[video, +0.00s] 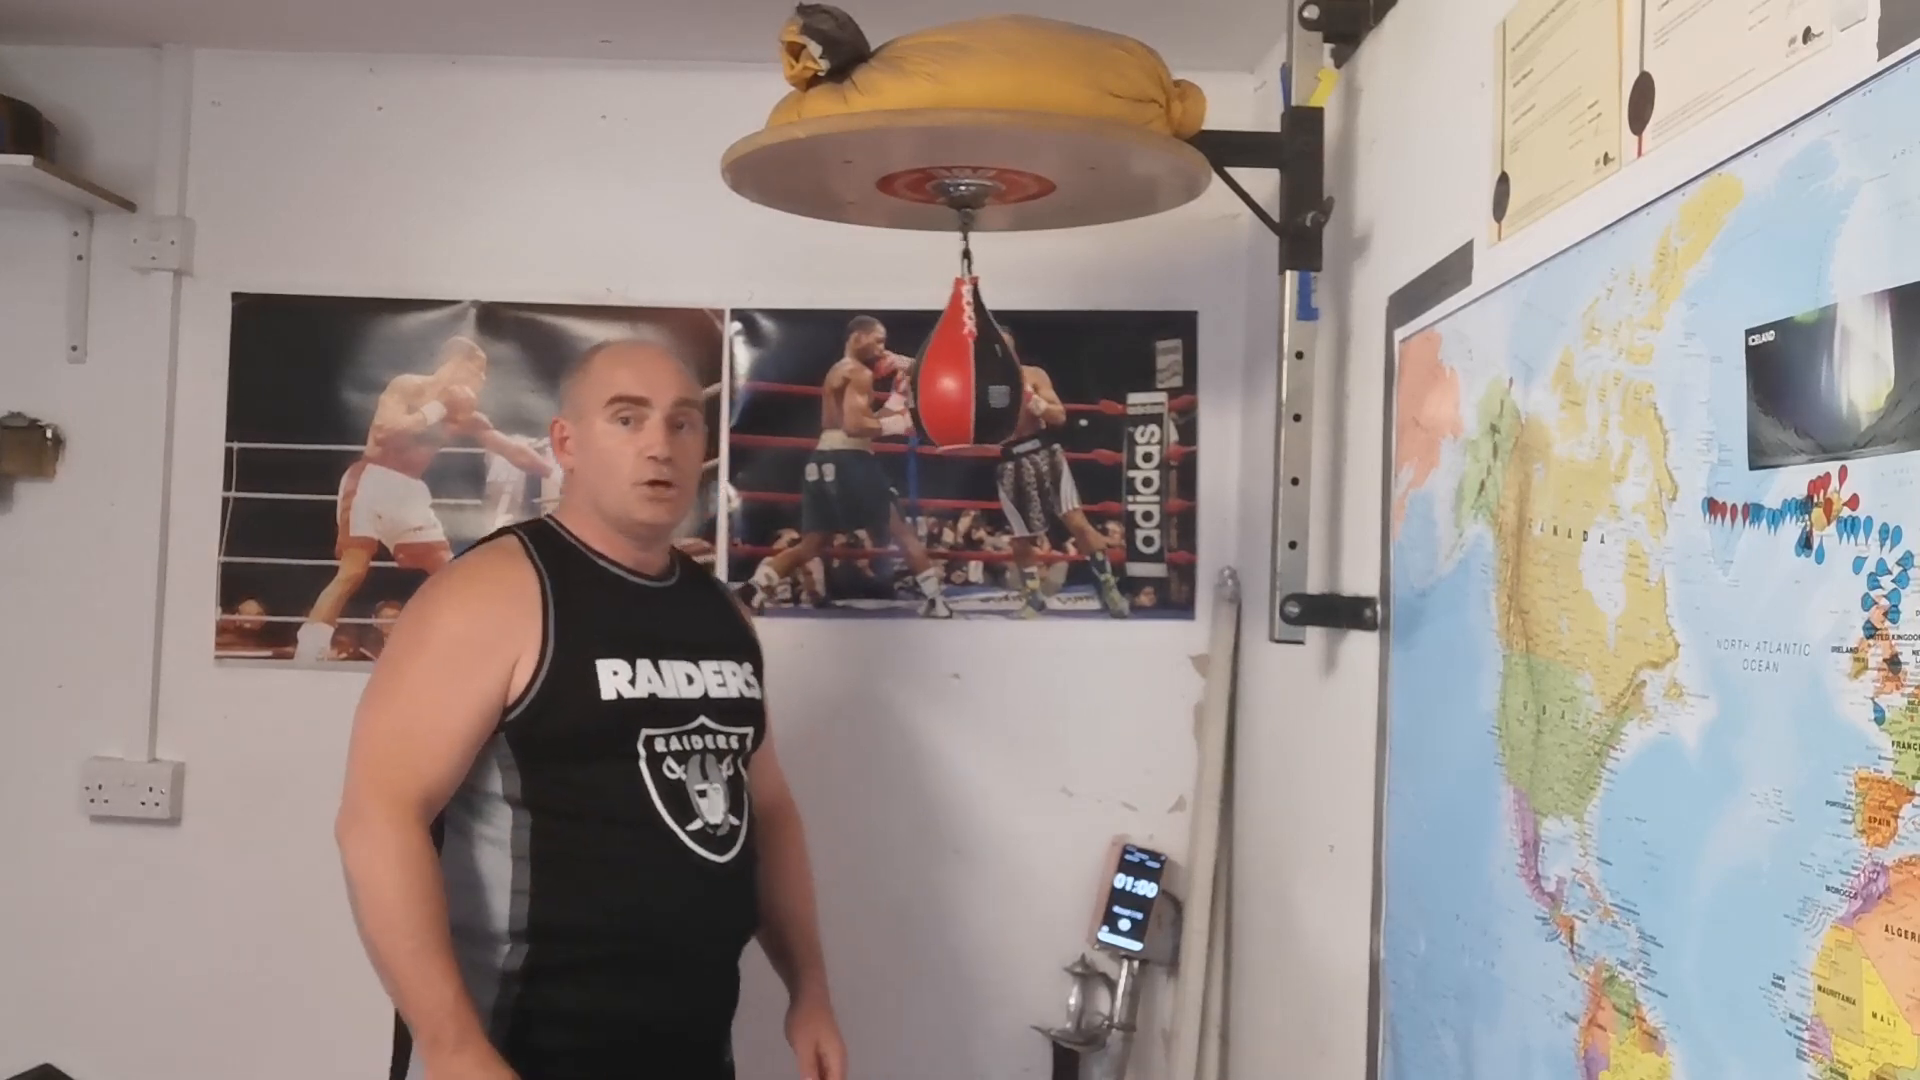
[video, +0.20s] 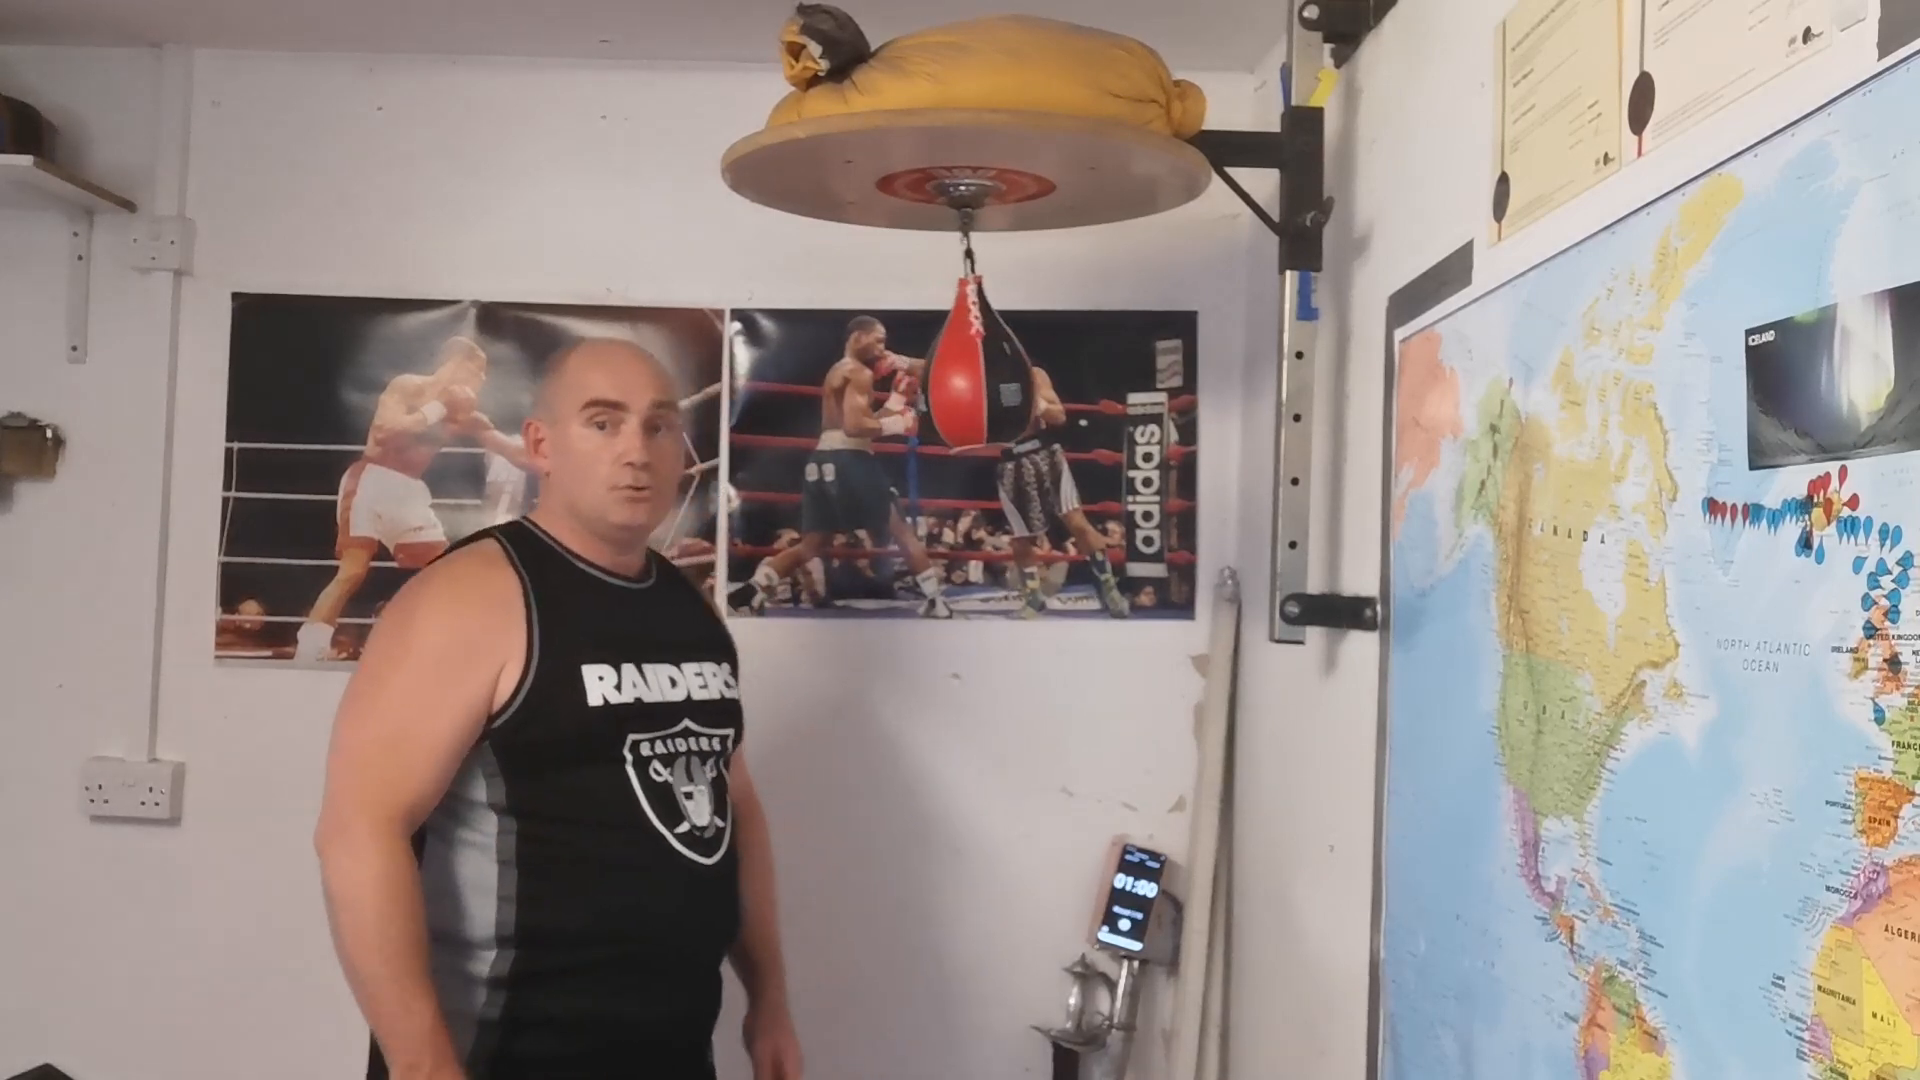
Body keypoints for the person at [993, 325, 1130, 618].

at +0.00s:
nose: (1001, 355)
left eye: (1004, 347)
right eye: (995, 349)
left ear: (1013, 348)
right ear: (986, 355)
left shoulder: (1034, 375)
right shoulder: (984, 385)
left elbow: (1059, 416)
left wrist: (1040, 407)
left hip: (1046, 456)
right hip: (1011, 465)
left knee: (1075, 522)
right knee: (1022, 537)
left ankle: (1107, 586)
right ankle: (1033, 597)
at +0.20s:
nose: (1004, 363)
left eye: (1006, 356)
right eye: (996, 359)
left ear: (1016, 355)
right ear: (988, 365)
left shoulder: (1035, 376)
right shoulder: (983, 387)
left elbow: (1059, 416)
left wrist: (1041, 405)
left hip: (1047, 455)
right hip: (1011, 463)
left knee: (1077, 523)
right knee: (1021, 537)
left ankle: (1109, 589)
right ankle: (1032, 598)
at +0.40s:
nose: (997, 360)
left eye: (1000, 353)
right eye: (992, 354)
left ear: (1009, 351)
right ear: (987, 357)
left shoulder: (1034, 376)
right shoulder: (981, 384)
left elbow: (1059, 416)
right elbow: (975, 428)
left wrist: (1036, 404)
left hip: (1046, 457)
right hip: (1011, 465)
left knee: (1076, 523)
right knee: (1022, 538)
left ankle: (1108, 587)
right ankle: (1033, 598)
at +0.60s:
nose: (986, 346)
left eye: (991, 340)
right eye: (982, 342)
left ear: (1008, 346)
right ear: (980, 350)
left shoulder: (1033, 375)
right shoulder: (982, 385)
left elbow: (1059, 416)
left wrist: (1032, 400)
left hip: (1046, 456)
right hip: (1011, 465)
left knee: (1076, 523)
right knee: (1021, 537)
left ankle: (1109, 587)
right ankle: (1031, 595)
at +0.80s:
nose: (995, 355)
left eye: (999, 348)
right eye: (990, 349)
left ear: (1010, 349)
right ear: (984, 353)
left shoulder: (1034, 376)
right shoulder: (983, 384)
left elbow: (1059, 416)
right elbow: (978, 420)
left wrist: (1036, 403)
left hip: (1045, 456)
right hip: (1011, 464)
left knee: (1076, 523)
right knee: (1022, 536)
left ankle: (1108, 587)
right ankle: (1031, 596)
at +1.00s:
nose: (1002, 356)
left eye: (1004, 349)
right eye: (994, 354)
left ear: (1011, 349)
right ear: (987, 361)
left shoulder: (1034, 376)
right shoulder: (984, 387)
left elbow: (1059, 416)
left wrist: (1043, 409)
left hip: (1047, 456)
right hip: (1012, 464)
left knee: (1076, 523)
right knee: (1021, 536)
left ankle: (1109, 589)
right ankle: (1032, 597)